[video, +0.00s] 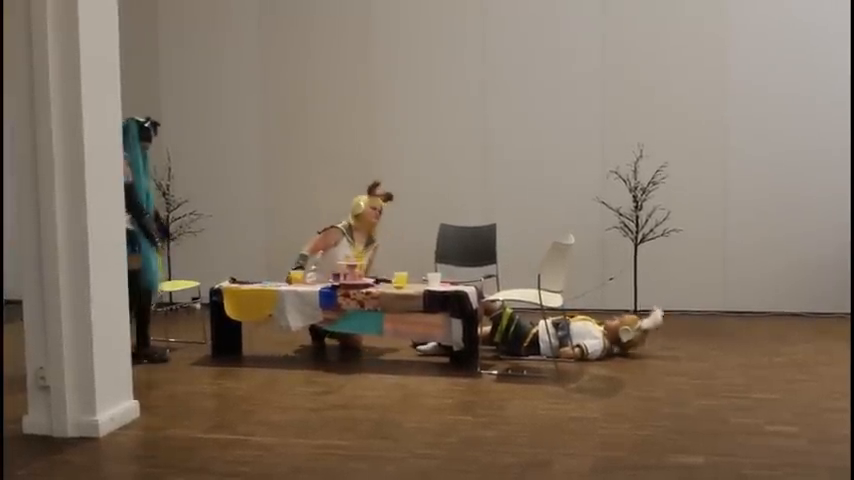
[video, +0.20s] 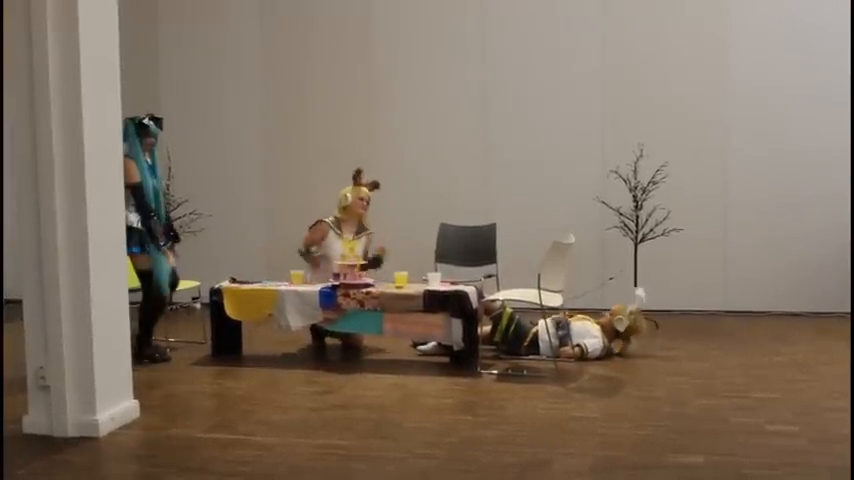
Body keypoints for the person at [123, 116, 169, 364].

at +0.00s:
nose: (150, 145)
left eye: (151, 140)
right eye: (147, 139)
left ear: (139, 137)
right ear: (137, 138)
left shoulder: (138, 161)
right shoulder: (127, 161)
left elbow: (145, 199)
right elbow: (134, 204)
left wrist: (160, 224)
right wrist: (154, 234)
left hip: (139, 235)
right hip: (131, 236)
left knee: (142, 291)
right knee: (143, 290)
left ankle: (142, 344)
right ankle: (143, 345)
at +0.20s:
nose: (153, 143)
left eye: (154, 138)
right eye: (149, 137)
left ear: (154, 139)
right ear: (137, 137)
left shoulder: (147, 163)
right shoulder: (130, 163)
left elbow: (156, 204)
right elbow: (143, 206)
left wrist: (168, 233)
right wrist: (160, 242)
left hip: (150, 233)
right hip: (136, 233)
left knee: (170, 279)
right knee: (155, 289)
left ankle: (145, 338)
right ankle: (144, 345)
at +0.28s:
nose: (155, 140)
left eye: (157, 135)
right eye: (151, 135)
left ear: (158, 137)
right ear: (140, 135)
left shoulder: (151, 161)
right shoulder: (133, 162)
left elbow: (160, 200)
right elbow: (145, 204)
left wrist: (172, 229)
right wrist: (162, 239)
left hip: (157, 230)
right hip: (139, 231)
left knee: (178, 277)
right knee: (151, 285)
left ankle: (167, 338)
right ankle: (144, 346)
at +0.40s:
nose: (161, 140)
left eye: (163, 136)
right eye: (156, 136)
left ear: (164, 137)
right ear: (145, 137)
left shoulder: (159, 163)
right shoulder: (134, 164)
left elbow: (165, 200)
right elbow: (148, 203)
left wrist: (176, 229)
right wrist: (161, 236)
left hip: (164, 232)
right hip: (143, 235)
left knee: (184, 279)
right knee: (155, 289)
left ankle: (186, 335)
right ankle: (144, 346)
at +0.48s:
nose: (164, 142)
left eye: (166, 137)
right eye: (160, 137)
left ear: (167, 139)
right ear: (149, 138)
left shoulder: (163, 164)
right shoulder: (138, 166)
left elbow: (170, 200)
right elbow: (149, 205)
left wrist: (181, 230)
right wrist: (162, 238)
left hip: (170, 233)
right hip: (149, 236)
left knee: (188, 285)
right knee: (158, 292)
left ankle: (190, 333)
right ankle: (144, 347)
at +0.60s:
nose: (172, 142)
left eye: (174, 138)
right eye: (167, 138)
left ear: (175, 140)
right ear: (155, 140)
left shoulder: (173, 165)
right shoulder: (145, 167)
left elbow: (183, 201)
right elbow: (155, 204)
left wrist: (192, 229)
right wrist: (169, 233)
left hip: (179, 232)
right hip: (156, 235)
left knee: (189, 289)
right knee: (165, 292)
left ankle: (191, 338)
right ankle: (144, 346)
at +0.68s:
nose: (180, 142)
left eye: (180, 138)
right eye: (175, 138)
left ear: (180, 140)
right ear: (163, 140)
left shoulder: (179, 165)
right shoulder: (151, 167)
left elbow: (189, 200)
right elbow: (161, 204)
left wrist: (198, 230)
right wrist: (171, 235)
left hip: (185, 233)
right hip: (163, 236)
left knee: (192, 290)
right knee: (172, 293)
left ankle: (191, 339)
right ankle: (148, 343)